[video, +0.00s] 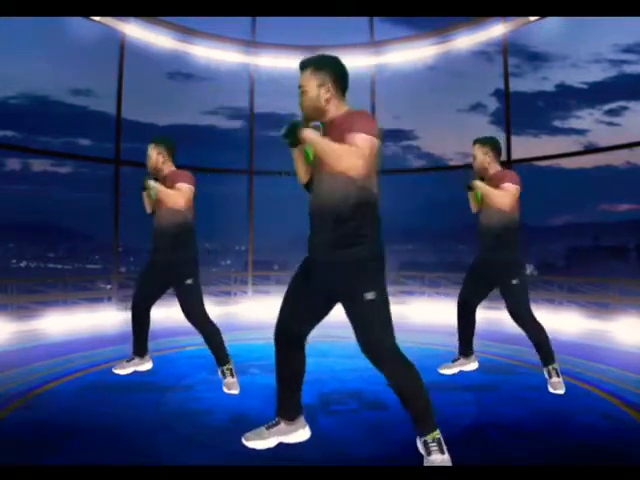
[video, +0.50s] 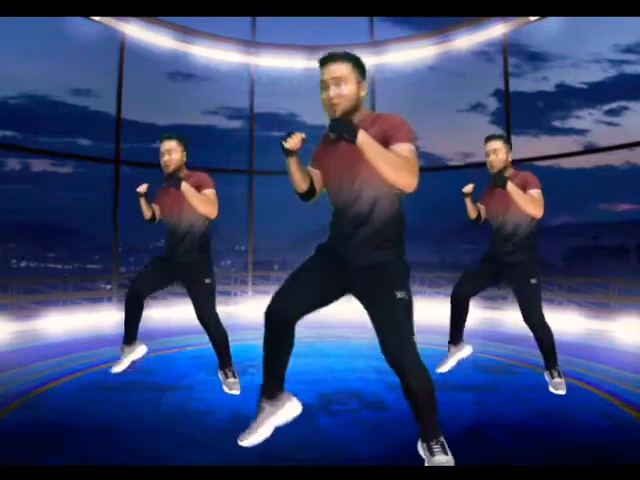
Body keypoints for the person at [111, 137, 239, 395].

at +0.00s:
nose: (149, 160)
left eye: (152, 155)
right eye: (148, 156)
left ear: (164, 156)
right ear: (154, 159)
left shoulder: (183, 178)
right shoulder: (156, 182)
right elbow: (150, 209)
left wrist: (155, 186)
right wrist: (147, 190)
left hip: (182, 257)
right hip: (161, 257)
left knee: (196, 314)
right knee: (140, 304)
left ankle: (226, 368)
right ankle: (141, 357)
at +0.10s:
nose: (155, 161)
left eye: (159, 156)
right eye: (153, 157)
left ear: (171, 157)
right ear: (153, 161)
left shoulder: (192, 179)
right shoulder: (156, 184)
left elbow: (194, 210)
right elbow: (147, 214)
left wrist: (168, 184)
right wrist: (141, 194)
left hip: (191, 257)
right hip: (164, 256)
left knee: (203, 314)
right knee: (143, 304)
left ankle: (227, 369)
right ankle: (141, 357)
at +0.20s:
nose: (156, 160)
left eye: (160, 155)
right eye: (156, 156)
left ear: (174, 155)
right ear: (163, 159)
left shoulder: (198, 179)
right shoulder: (162, 186)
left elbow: (203, 210)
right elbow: (150, 215)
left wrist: (177, 184)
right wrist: (142, 194)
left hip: (197, 258)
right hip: (170, 258)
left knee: (208, 316)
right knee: (147, 304)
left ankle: (227, 370)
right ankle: (141, 356)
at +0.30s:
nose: (161, 162)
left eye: (165, 157)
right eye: (160, 157)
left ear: (180, 157)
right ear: (166, 161)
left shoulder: (203, 180)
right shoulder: (168, 188)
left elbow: (212, 211)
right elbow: (154, 217)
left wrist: (183, 186)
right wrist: (145, 197)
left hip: (201, 261)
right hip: (173, 261)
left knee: (212, 318)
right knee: (147, 306)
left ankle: (228, 370)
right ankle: (142, 357)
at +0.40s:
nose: (165, 165)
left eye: (170, 160)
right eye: (163, 161)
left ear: (185, 160)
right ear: (164, 163)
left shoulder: (205, 183)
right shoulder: (171, 191)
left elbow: (214, 216)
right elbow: (155, 220)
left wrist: (185, 192)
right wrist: (146, 201)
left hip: (202, 265)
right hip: (173, 264)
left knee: (213, 320)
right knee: (143, 306)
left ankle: (228, 370)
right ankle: (140, 356)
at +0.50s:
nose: (166, 157)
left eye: (171, 152)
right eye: (163, 153)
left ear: (183, 155)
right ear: (160, 158)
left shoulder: (199, 179)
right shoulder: (166, 190)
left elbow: (211, 211)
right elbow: (152, 216)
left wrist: (182, 185)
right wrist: (143, 198)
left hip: (197, 262)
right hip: (170, 260)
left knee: (207, 316)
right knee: (136, 291)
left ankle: (227, 370)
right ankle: (130, 346)